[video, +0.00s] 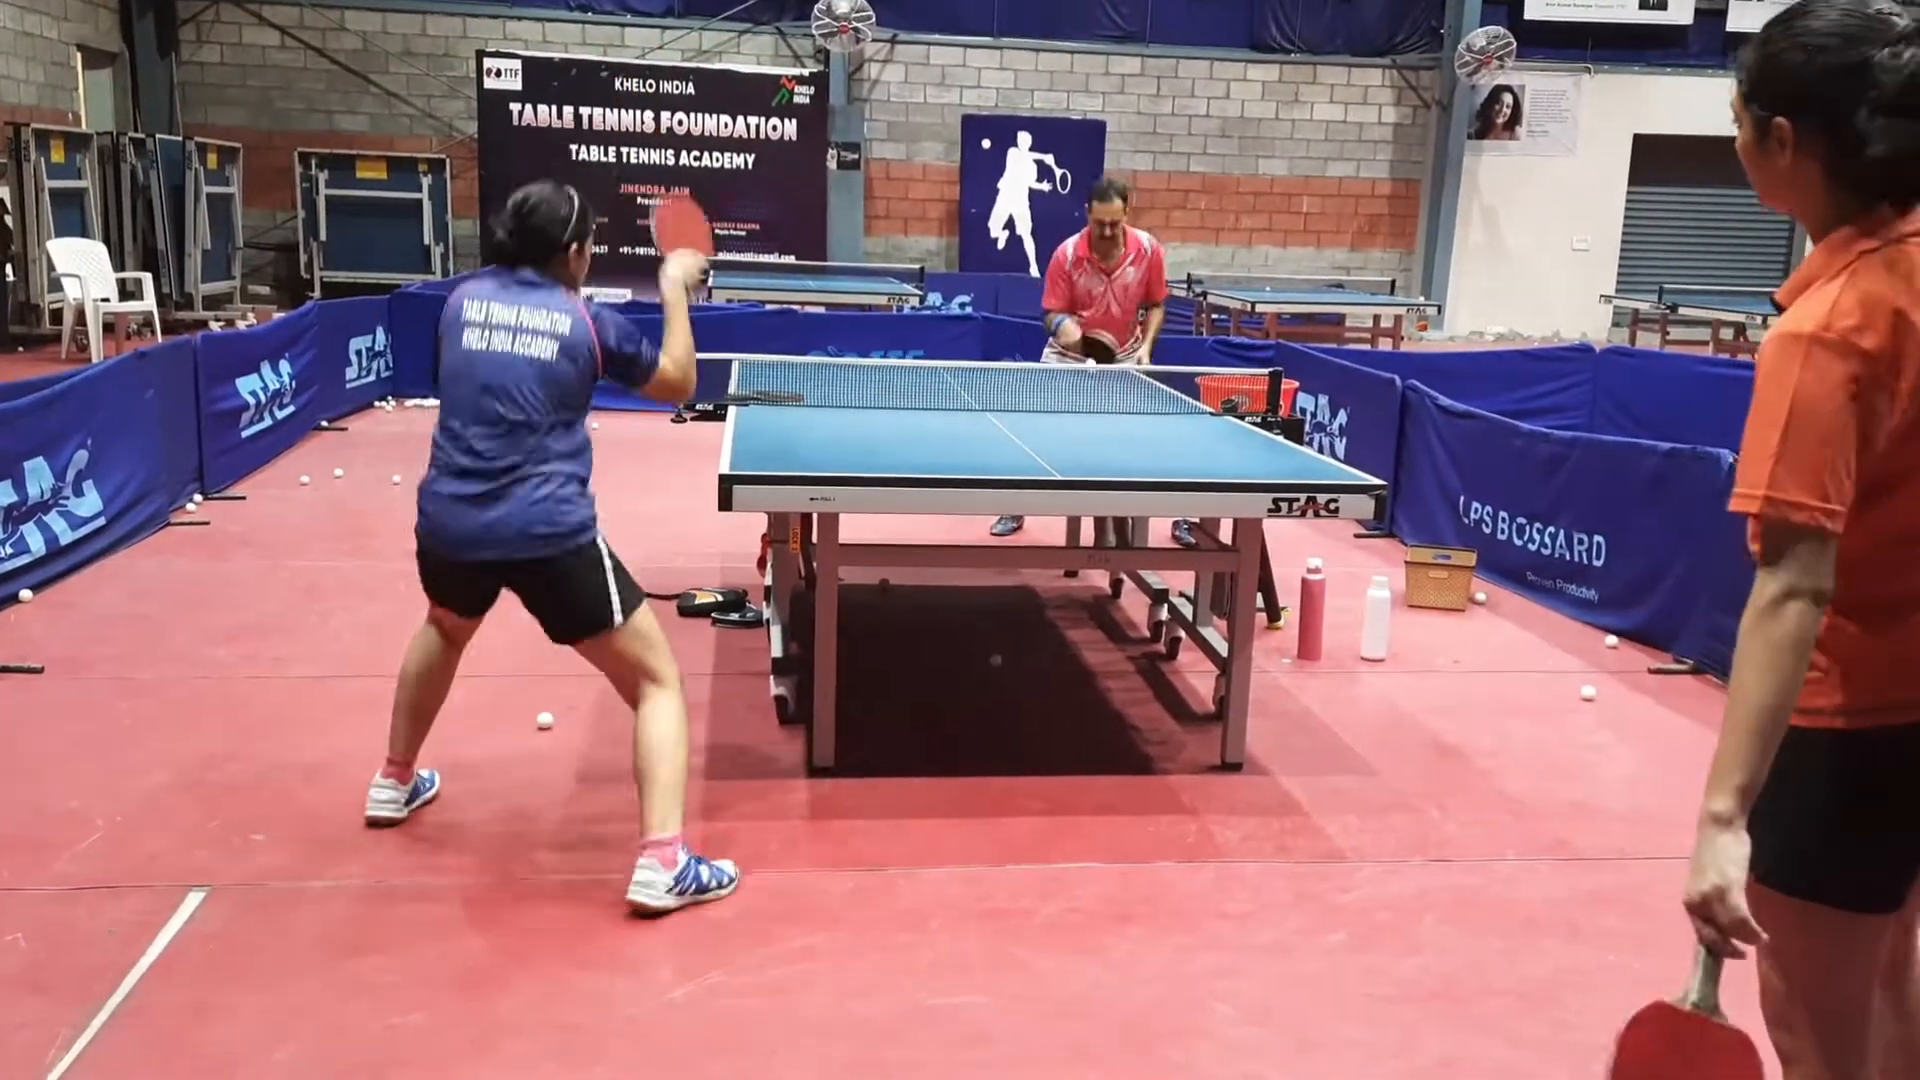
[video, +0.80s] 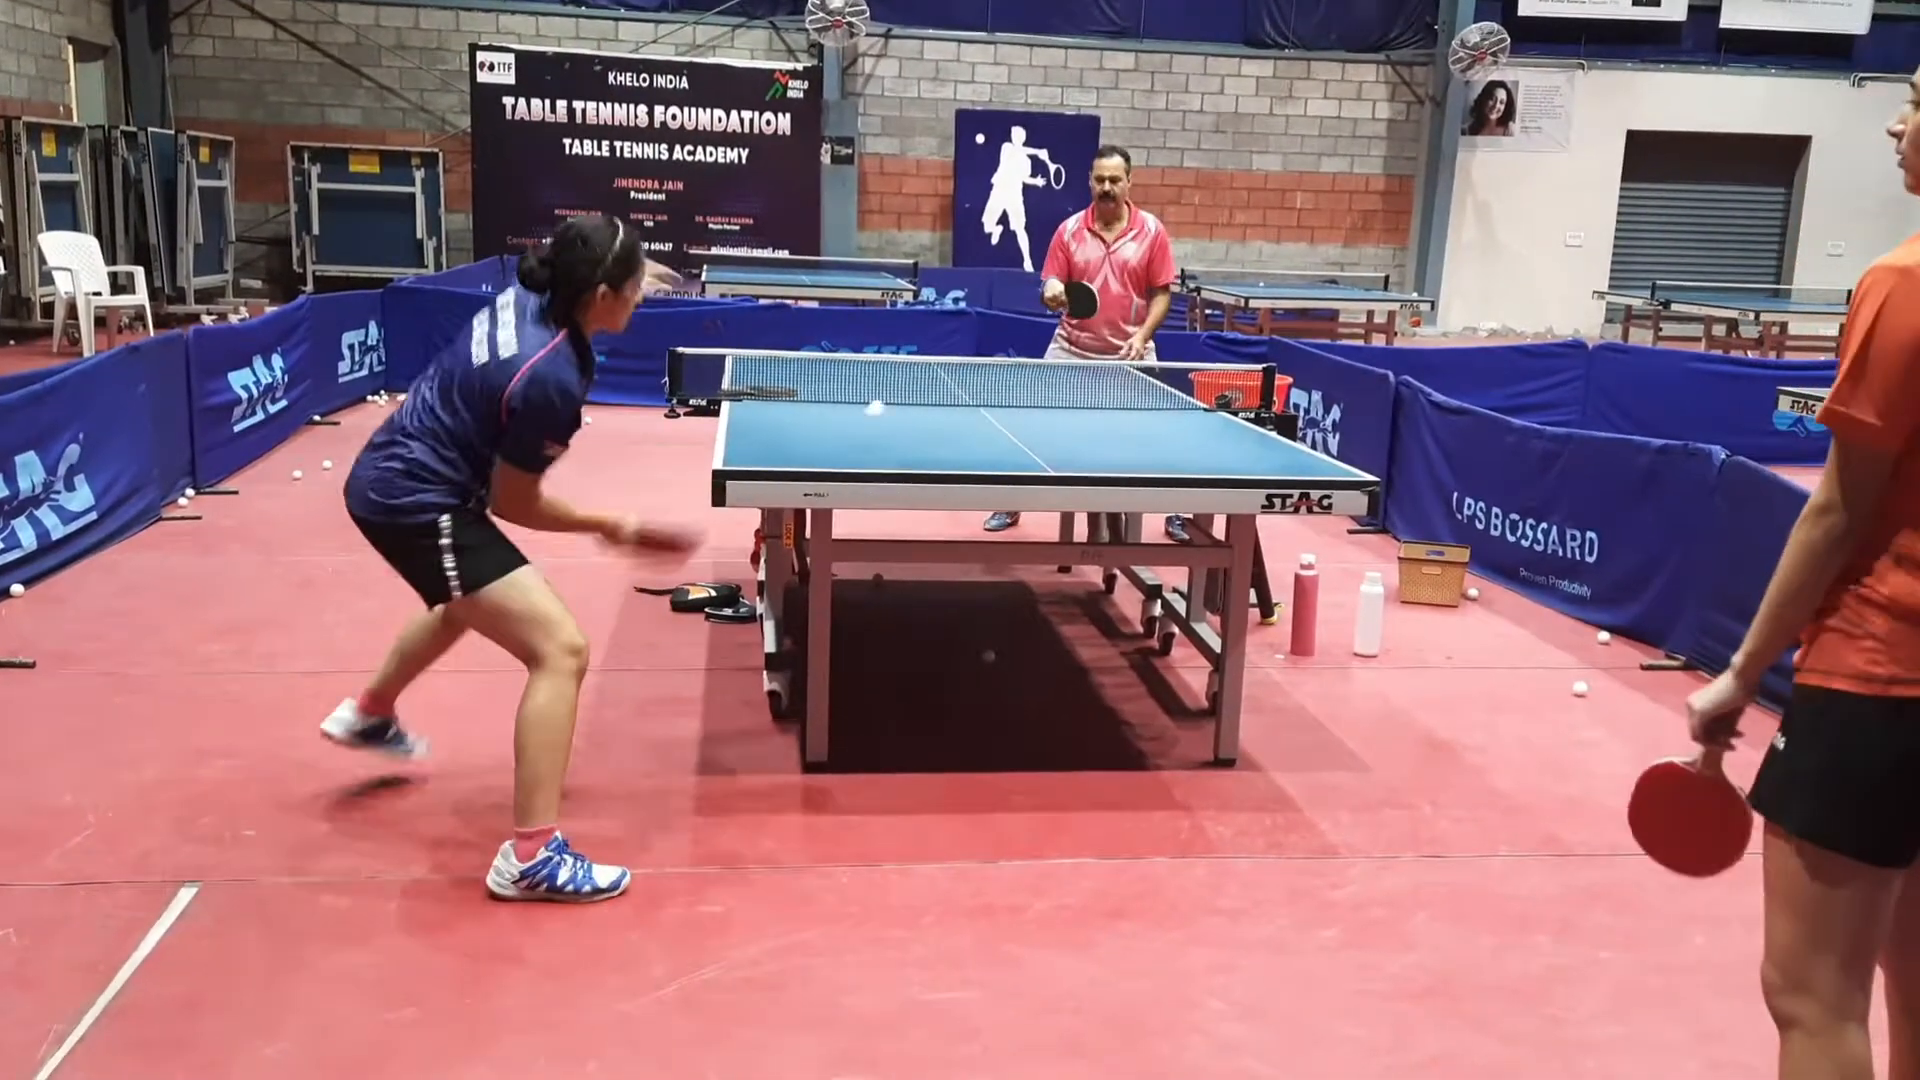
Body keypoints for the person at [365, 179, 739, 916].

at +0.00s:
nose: (589, 253)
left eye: (586, 241)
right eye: (586, 243)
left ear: (508, 243)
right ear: (571, 252)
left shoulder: (459, 301)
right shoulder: (587, 322)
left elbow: (462, 378)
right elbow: (678, 382)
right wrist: (674, 285)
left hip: (451, 528)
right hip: (550, 535)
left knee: (444, 628)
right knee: (654, 679)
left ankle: (392, 781)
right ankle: (664, 857)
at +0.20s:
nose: (623, 209)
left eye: (622, 197)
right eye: (619, 197)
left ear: (542, 195)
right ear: (596, 206)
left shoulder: (498, 244)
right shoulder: (594, 296)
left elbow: (533, 326)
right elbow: (628, 417)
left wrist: (615, 333)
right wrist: (701, 391)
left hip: (411, 472)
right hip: (500, 483)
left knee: (436, 615)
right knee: (598, 645)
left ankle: (390, 776)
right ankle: (643, 840)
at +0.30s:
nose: (647, 204)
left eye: (646, 190)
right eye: (642, 192)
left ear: (577, 192)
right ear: (617, 202)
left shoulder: (533, 233)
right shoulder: (586, 285)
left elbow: (555, 344)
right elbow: (570, 418)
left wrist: (644, 358)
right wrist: (661, 443)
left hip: (404, 447)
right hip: (471, 467)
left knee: (439, 608)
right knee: (578, 638)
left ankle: (375, 757)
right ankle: (556, 842)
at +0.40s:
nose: (662, 245)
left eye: (660, 231)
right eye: (657, 233)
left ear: (595, 234)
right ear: (628, 245)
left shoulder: (558, 272)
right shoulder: (565, 319)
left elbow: (573, 381)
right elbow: (514, 447)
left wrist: (663, 411)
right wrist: (609, 507)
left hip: (418, 470)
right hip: (450, 491)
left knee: (456, 621)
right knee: (571, 651)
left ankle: (353, 751)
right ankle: (537, 851)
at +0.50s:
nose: (660, 312)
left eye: (660, 299)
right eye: (656, 299)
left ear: (605, 299)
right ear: (626, 305)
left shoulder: (602, 362)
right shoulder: (532, 370)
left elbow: (603, 445)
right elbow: (465, 491)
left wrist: (655, 474)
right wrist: (552, 570)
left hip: (460, 513)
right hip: (428, 520)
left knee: (466, 655)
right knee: (571, 658)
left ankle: (339, 760)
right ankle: (536, 852)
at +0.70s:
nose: (642, 331)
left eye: (642, 318)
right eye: (638, 319)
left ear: (585, 318)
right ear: (604, 329)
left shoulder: (555, 345)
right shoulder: (523, 400)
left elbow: (600, 411)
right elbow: (493, 527)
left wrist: (665, 424)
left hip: (425, 504)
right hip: (413, 520)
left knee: (466, 648)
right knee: (558, 651)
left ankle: (337, 752)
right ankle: (531, 853)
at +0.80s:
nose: (637, 299)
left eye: (637, 286)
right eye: (632, 290)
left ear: (578, 280)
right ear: (602, 298)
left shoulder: (529, 292)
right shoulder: (549, 382)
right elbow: (515, 503)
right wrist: (605, 524)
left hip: (384, 475)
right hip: (421, 500)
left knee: (462, 605)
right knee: (561, 653)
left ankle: (366, 715)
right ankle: (532, 850)